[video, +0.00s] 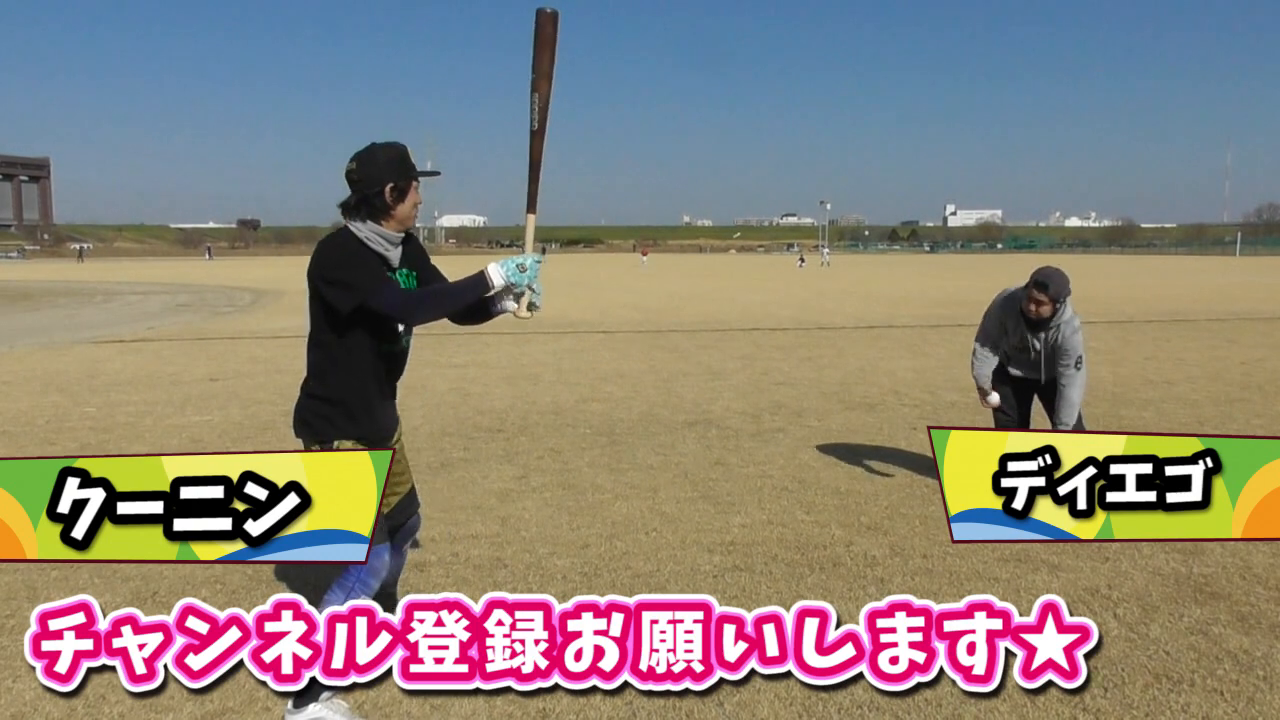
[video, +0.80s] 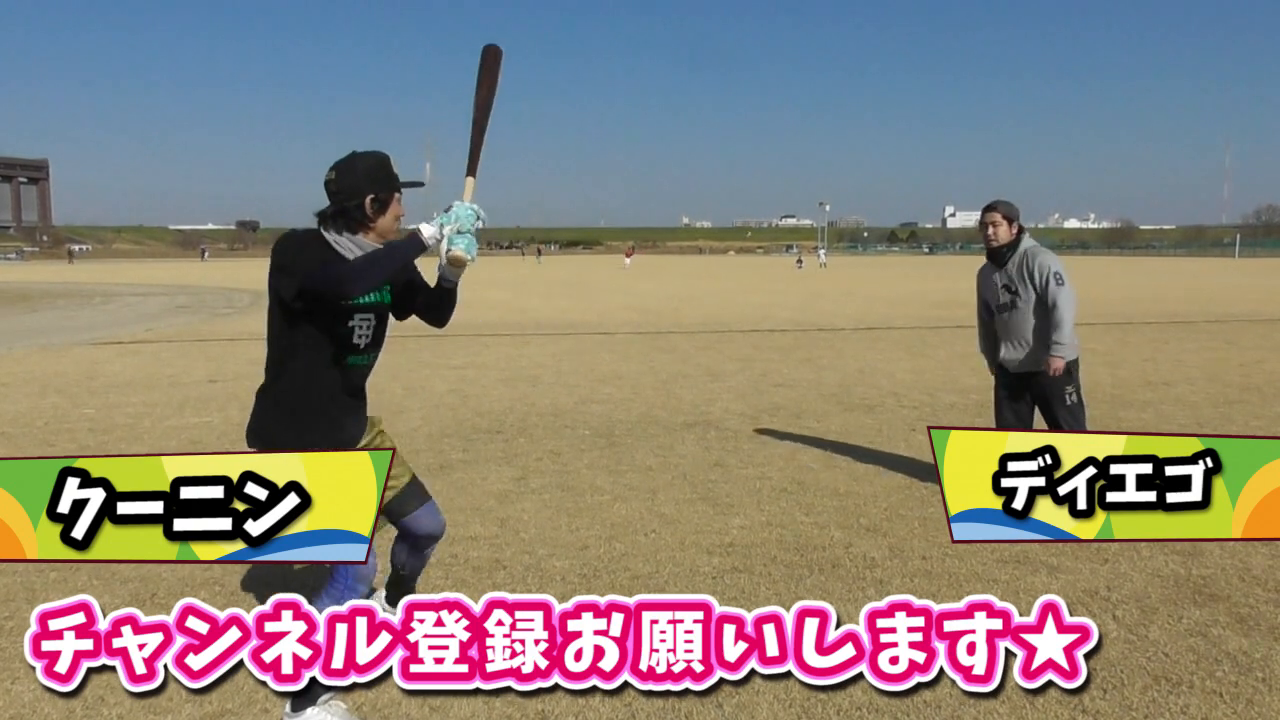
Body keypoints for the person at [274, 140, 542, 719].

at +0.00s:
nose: (419, 197)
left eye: (417, 189)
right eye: (414, 189)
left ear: (387, 195)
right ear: (391, 195)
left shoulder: (405, 247)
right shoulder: (340, 254)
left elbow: (453, 308)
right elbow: (403, 307)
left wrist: (501, 299)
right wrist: (487, 279)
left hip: (377, 422)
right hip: (336, 427)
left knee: (403, 524)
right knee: (372, 558)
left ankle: (368, 632)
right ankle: (311, 690)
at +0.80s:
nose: (403, 210)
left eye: (403, 201)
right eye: (398, 201)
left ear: (361, 205)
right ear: (373, 204)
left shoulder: (389, 258)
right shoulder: (298, 248)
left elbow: (437, 313)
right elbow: (344, 282)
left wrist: (451, 269)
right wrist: (424, 235)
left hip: (352, 431)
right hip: (297, 441)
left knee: (425, 525)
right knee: (353, 568)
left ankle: (394, 605)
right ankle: (307, 697)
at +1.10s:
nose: (389, 207)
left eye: (389, 201)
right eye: (384, 200)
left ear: (350, 201)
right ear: (362, 203)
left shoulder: (381, 252)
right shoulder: (278, 246)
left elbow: (410, 319)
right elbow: (271, 297)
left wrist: (385, 270)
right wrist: (352, 249)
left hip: (357, 413)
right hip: (293, 424)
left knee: (416, 488)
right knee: (345, 563)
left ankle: (433, 622)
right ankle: (307, 695)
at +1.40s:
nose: (408, 217)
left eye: (407, 206)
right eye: (400, 207)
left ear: (372, 212)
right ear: (366, 212)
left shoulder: (398, 262)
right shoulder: (285, 248)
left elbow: (395, 322)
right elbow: (236, 307)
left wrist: (348, 285)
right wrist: (308, 268)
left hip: (373, 417)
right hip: (306, 436)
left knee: (441, 514)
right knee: (350, 562)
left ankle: (473, 624)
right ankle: (307, 698)